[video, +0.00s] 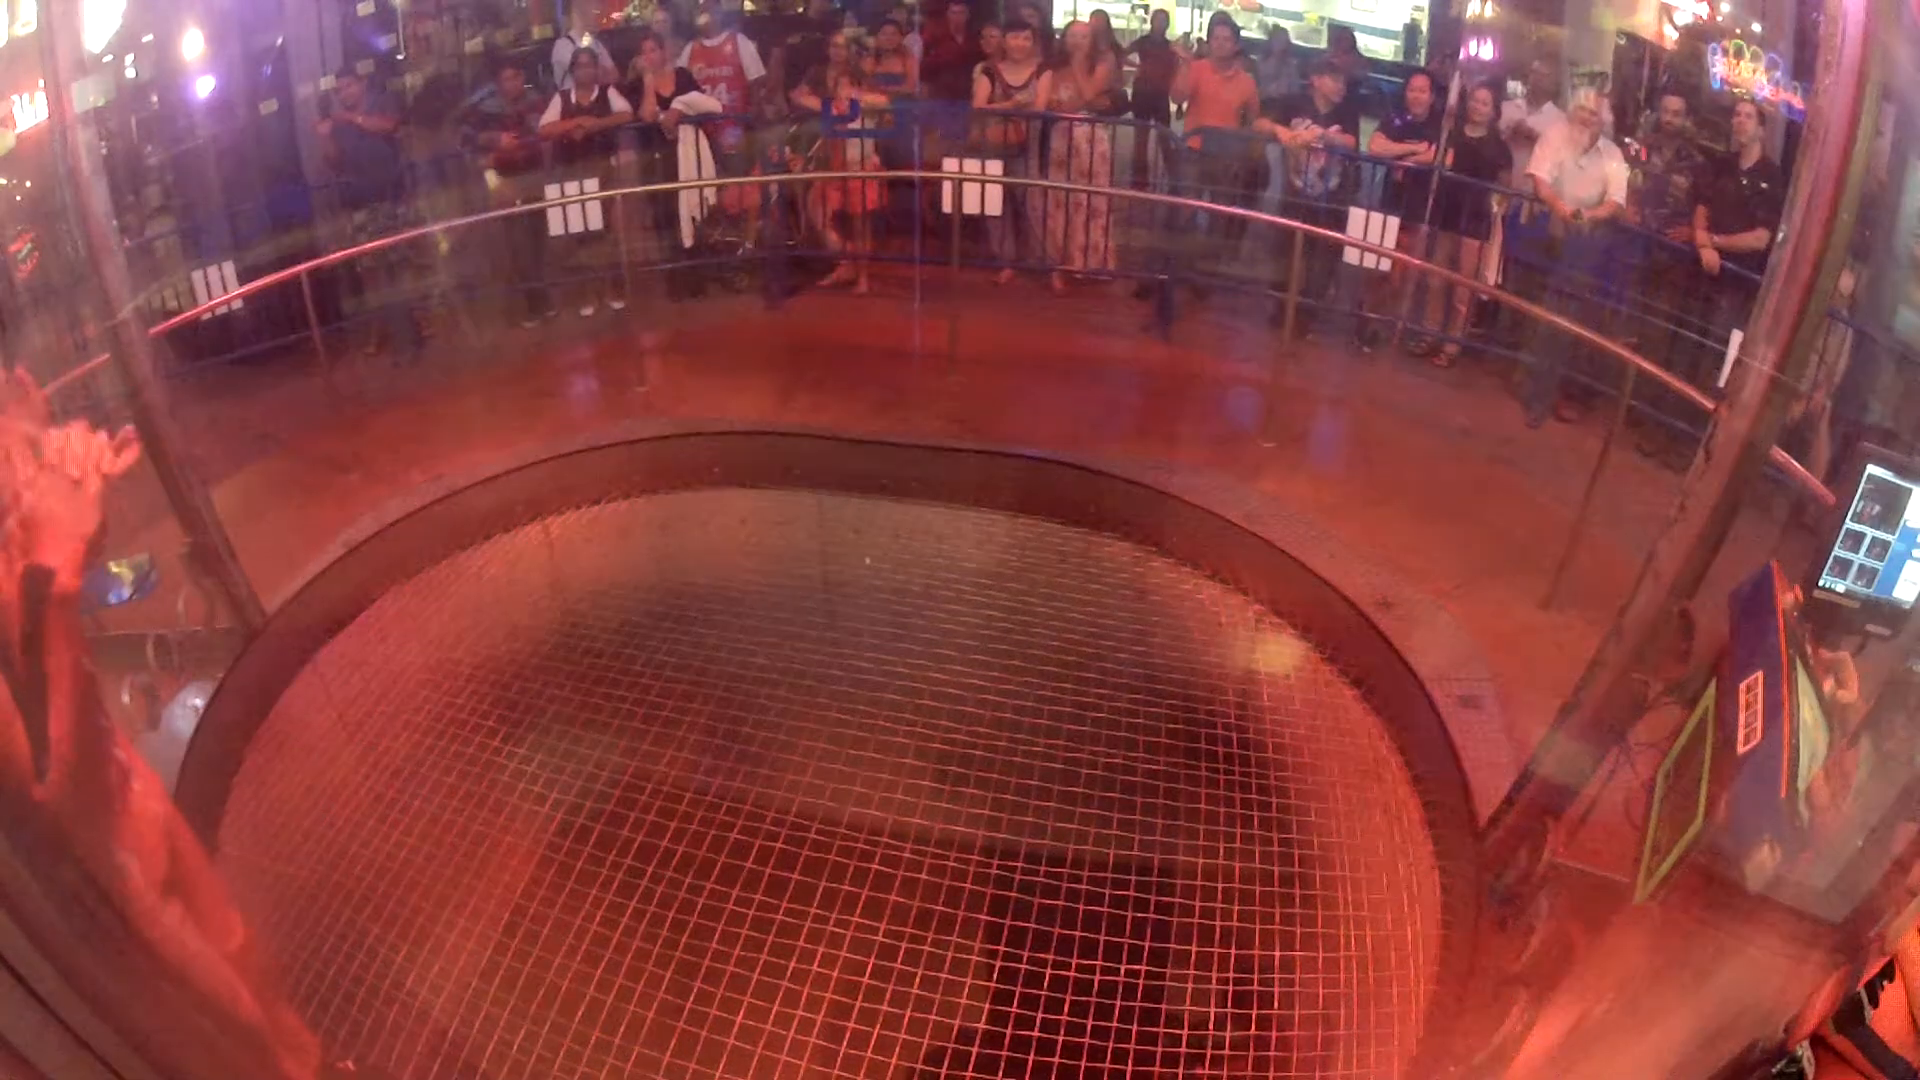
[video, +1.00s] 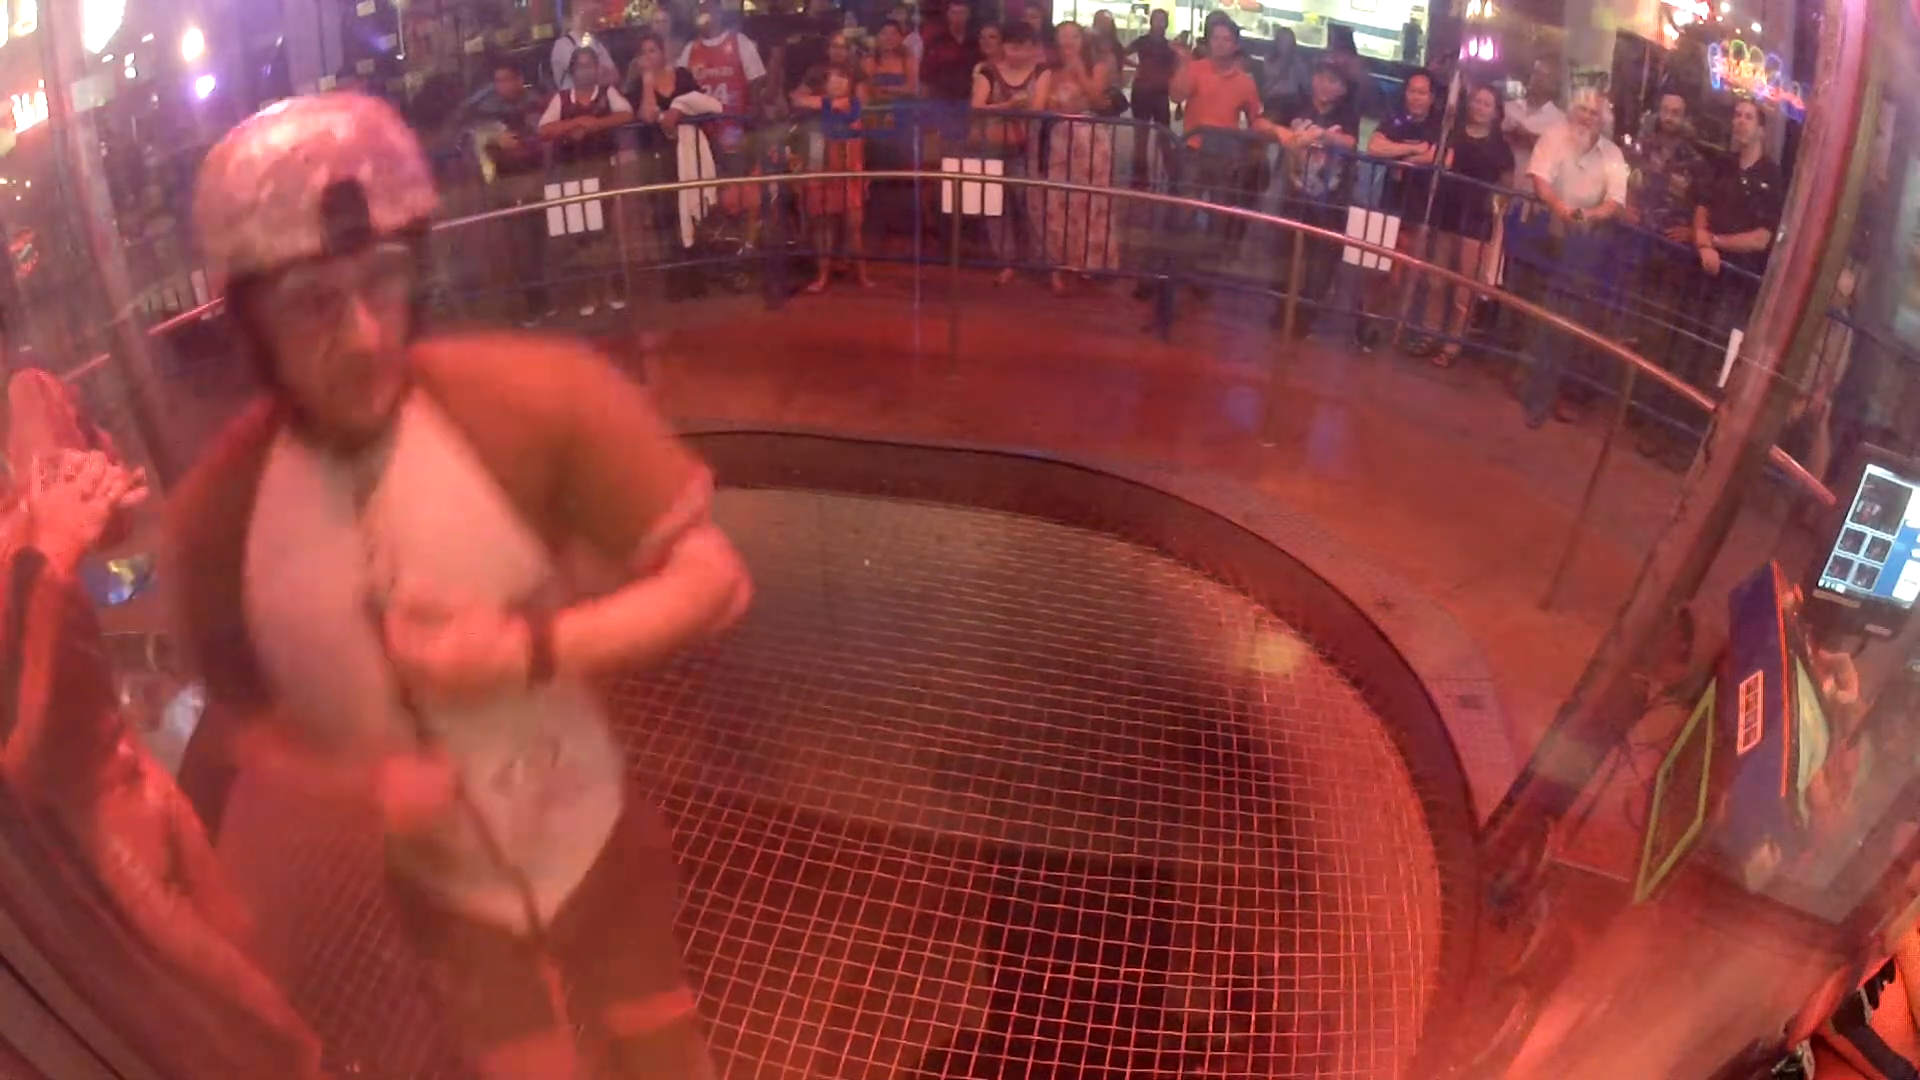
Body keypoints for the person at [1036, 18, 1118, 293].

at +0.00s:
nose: (1078, 41)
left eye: (1084, 37)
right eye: (1073, 36)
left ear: (1092, 40)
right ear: (1064, 41)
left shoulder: (1103, 63)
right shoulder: (1055, 71)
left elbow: (1089, 94)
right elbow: (1041, 106)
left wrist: (1079, 62)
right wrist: (1066, 107)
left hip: (1088, 136)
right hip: (1060, 136)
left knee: (1086, 200)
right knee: (1058, 199)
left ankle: (1083, 263)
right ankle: (1058, 263)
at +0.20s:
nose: (1078, 41)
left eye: (1083, 36)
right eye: (1072, 36)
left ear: (1091, 40)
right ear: (1063, 41)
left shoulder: (1101, 64)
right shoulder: (1053, 71)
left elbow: (1089, 95)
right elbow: (1040, 107)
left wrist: (1079, 62)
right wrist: (1070, 107)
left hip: (1089, 137)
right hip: (1060, 136)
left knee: (1087, 200)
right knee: (1058, 199)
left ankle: (1084, 263)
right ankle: (1058, 263)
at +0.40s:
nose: (1077, 40)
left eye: (1082, 35)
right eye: (1072, 35)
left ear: (1090, 40)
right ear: (1062, 40)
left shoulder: (1100, 66)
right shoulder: (1053, 72)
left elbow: (1091, 94)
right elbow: (1039, 107)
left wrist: (1077, 65)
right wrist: (1069, 106)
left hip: (1089, 136)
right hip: (1060, 135)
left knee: (1087, 200)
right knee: (1058, 199)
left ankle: (1085, 263)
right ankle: (1057, 264)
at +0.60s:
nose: (1074, 41)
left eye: (1079, 37)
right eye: (1068, 36)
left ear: (1087, 42)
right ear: (1059, 41)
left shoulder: (1097, 67)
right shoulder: (1051, 74)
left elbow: (1094, 95)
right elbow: (1039, 107)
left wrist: (1075, 68)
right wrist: (1067, 103)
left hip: (1089, 137)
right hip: (1060, 137)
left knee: (1087, 201)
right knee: (1058, 201)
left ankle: (1085, 264)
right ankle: (1058, 264)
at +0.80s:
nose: (1069, 41)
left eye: (1074, 36)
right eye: (1065, 36)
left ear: (1084, 41)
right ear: (1057, 41)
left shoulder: (1095, 68)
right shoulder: (1051, 74)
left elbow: (1095, 96)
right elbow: (1038, 107)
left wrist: (1077, 67)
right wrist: (1064, 104)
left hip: (1088, 136)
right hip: (1059, 136)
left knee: (1087, 201)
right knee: (1058, 200)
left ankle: (1085, 263)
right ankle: (1059, 264)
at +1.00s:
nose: (1067, 45)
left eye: (1072, 39)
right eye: (1063, 40)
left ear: (1082, 42)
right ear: (1055, 44)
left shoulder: (1095, 68)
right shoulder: (1051, 74)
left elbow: (1097, 98)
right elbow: (1039, 108)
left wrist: (1078, 71)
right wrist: (1061, 105)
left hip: (1089, 137)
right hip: (1059, 137)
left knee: (1088, 200)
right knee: (1059, 200)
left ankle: (1086, 263)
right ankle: (1059, 264)